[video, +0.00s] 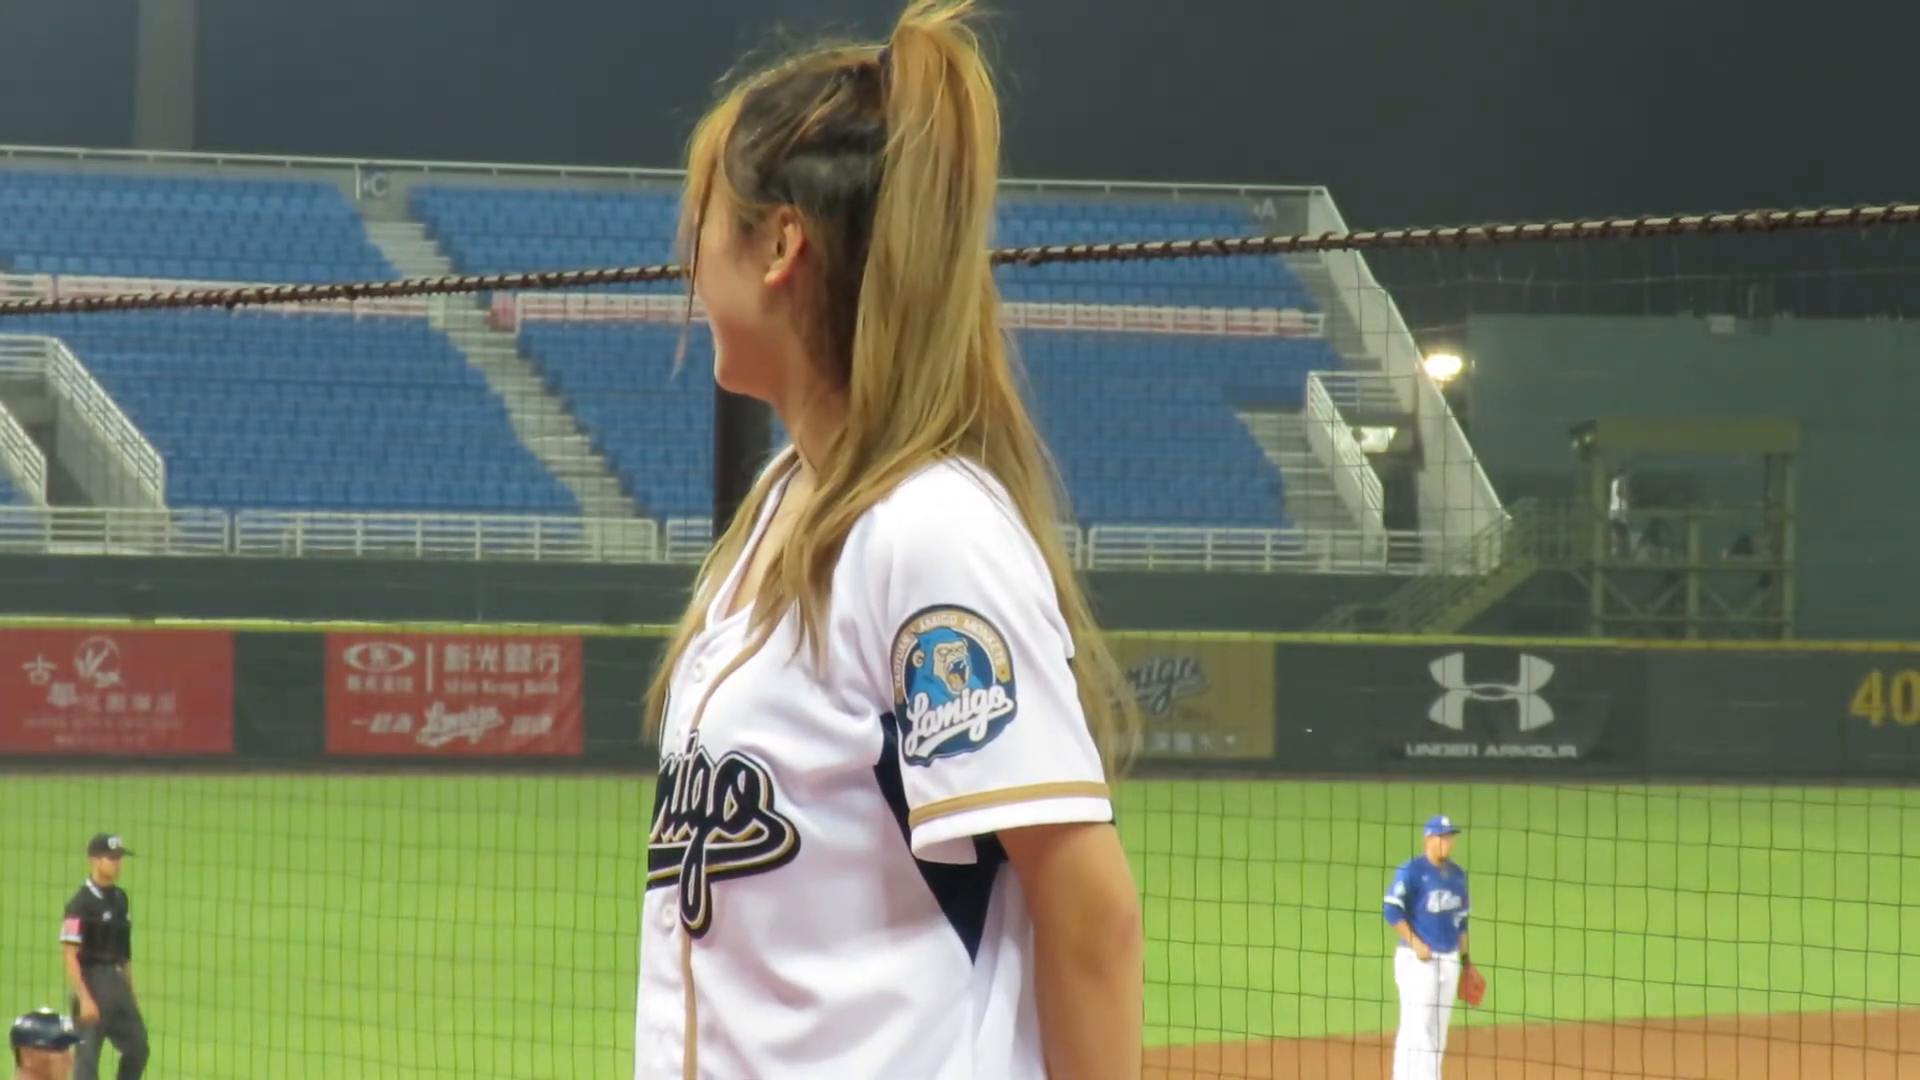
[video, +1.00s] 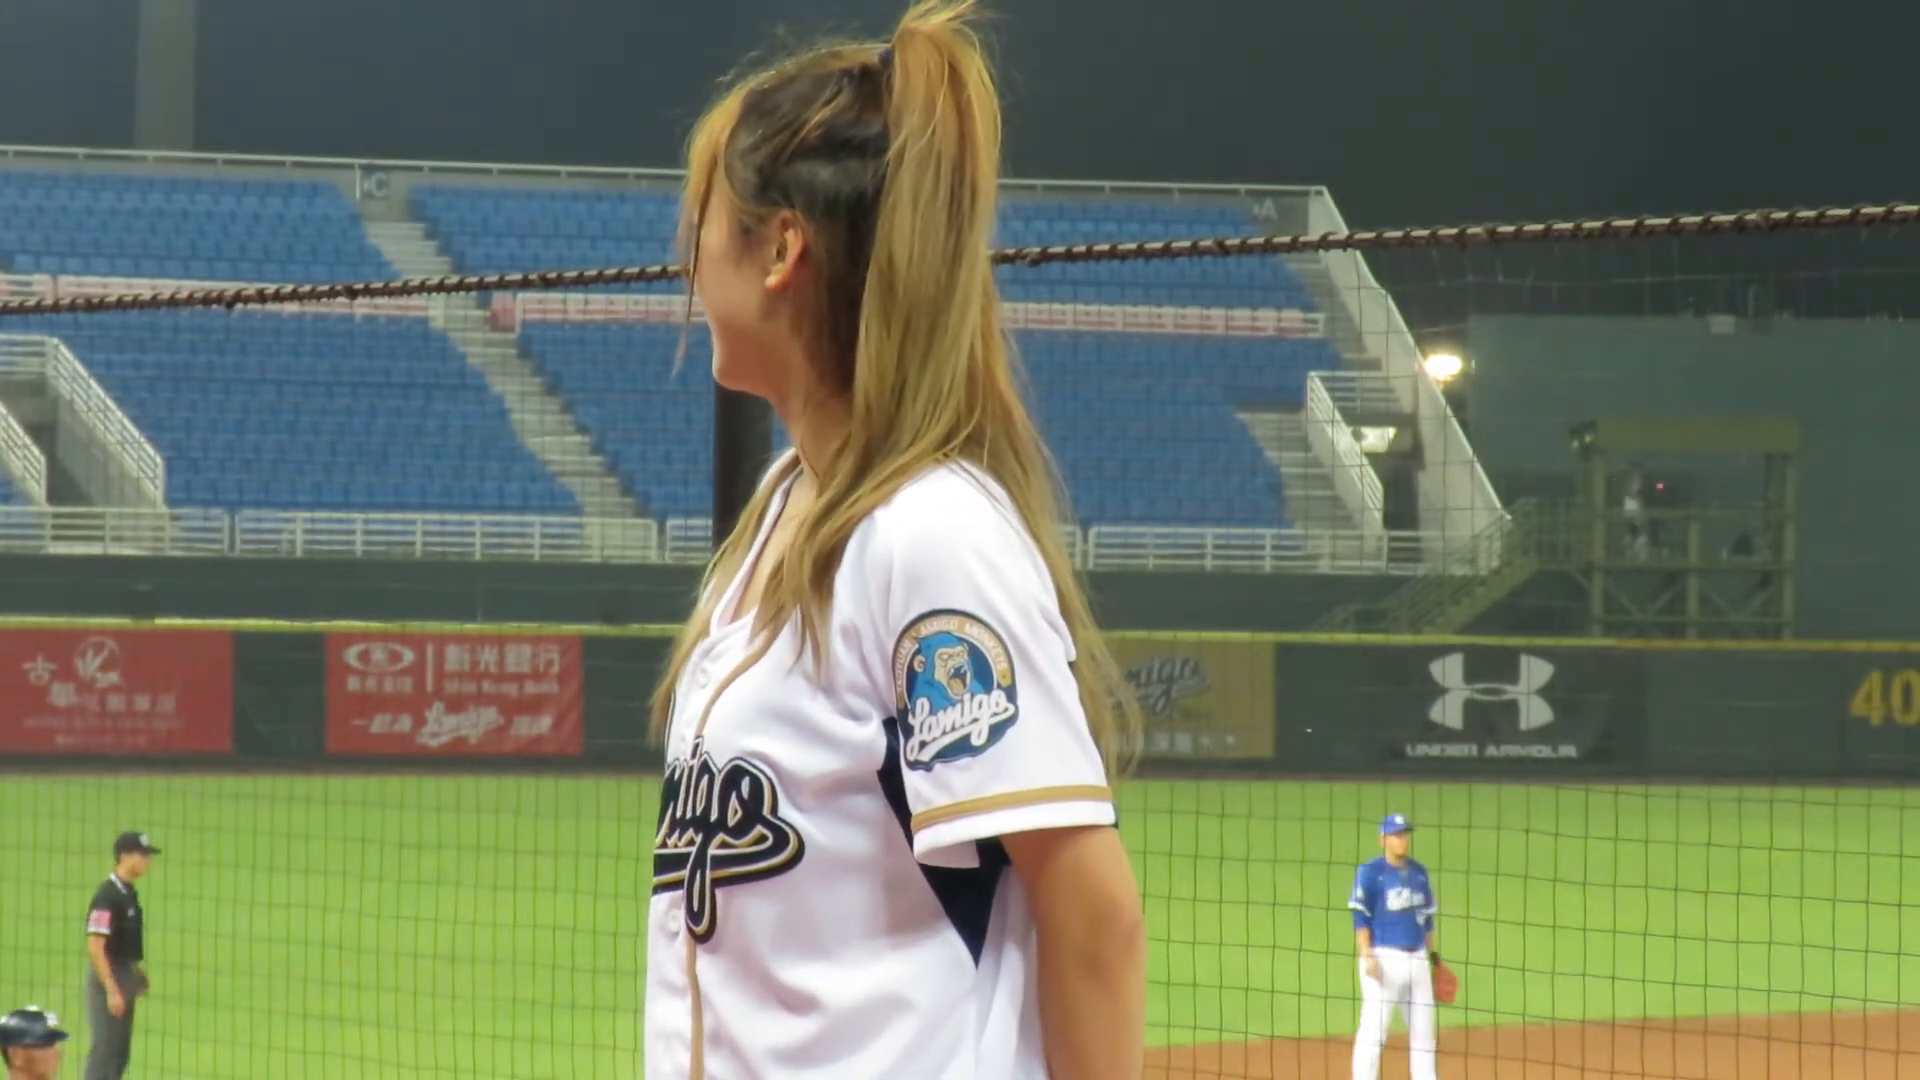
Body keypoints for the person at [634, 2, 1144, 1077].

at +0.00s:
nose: (691, 267)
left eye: (704, 227)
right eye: (698, 227)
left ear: (783, 248)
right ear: (776, 249)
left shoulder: (934, 529)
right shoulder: (780, 502)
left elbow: (1093, 913)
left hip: (878, 1056)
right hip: (713, 1051)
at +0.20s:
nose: (690, 261)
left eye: (705, 219)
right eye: (700, 219)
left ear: (782, 249)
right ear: (776, 249)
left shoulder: (936, 531)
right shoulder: (782, 502)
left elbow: (1095, 913)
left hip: (881, 1056)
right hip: (717, 1051)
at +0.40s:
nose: (688, 263)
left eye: (702, 225)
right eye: (696, 224)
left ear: (779, 250)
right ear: (777, 251)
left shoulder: (937, 532)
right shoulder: (783, 504)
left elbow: (1096, 912)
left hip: (884, 1056)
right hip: (718, 1051)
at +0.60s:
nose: (688, 263)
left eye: (703, 222)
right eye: (698, 222)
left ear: (778, 251)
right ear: (778, 252)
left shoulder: (936, 535)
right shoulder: (786, 507)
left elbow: (1096, 914)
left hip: (885, 1056)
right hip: (723, 1051)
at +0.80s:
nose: (690, 263)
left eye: (705, 223)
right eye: (699, 223)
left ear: (780, 251)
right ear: (779, 252)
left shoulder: (935, 535)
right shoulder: (788, 506)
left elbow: (1096, 917)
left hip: (887, 1056)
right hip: (728, 1050)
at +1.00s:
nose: (691, 260)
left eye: (705, 223)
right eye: (699, 222)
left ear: (783, 252)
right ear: (778, 252)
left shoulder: (936, 533)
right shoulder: (785, 502)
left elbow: (1096, 912)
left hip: (887, 1056)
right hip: (724, 1050)